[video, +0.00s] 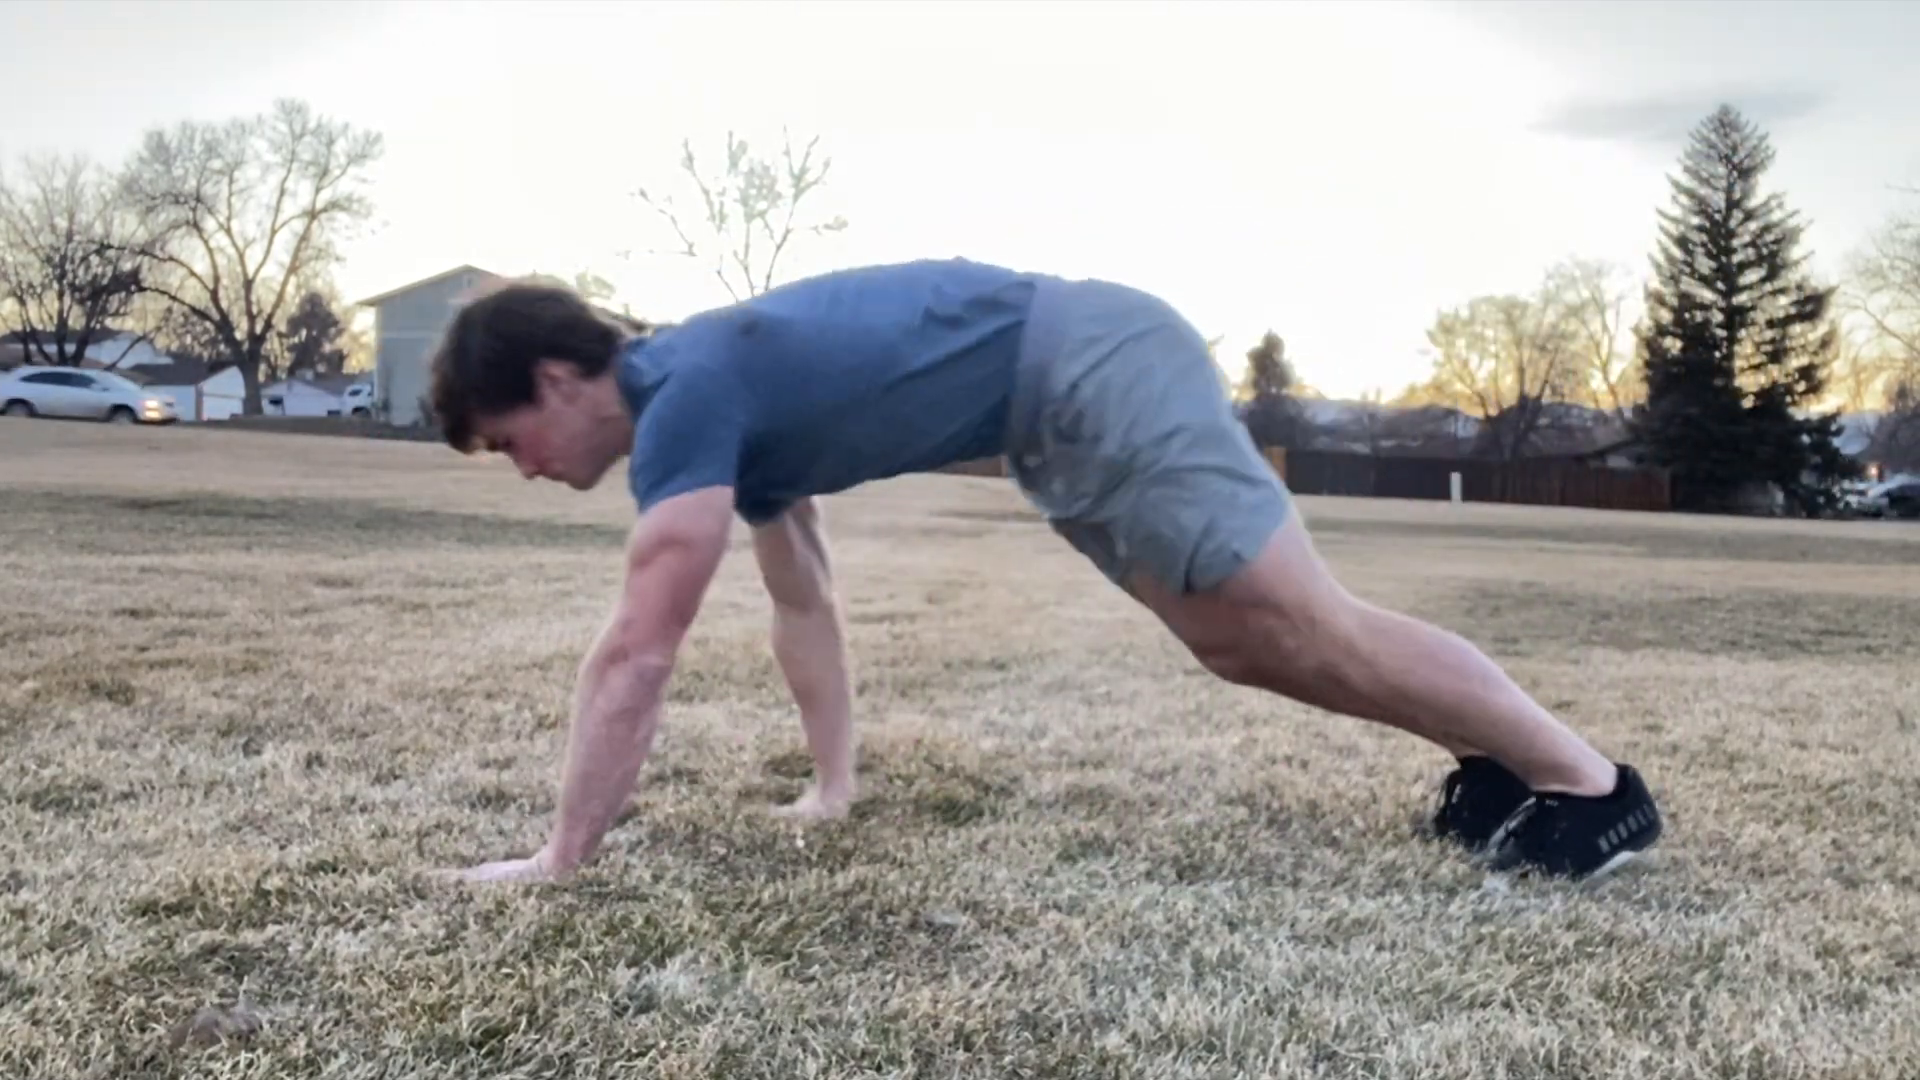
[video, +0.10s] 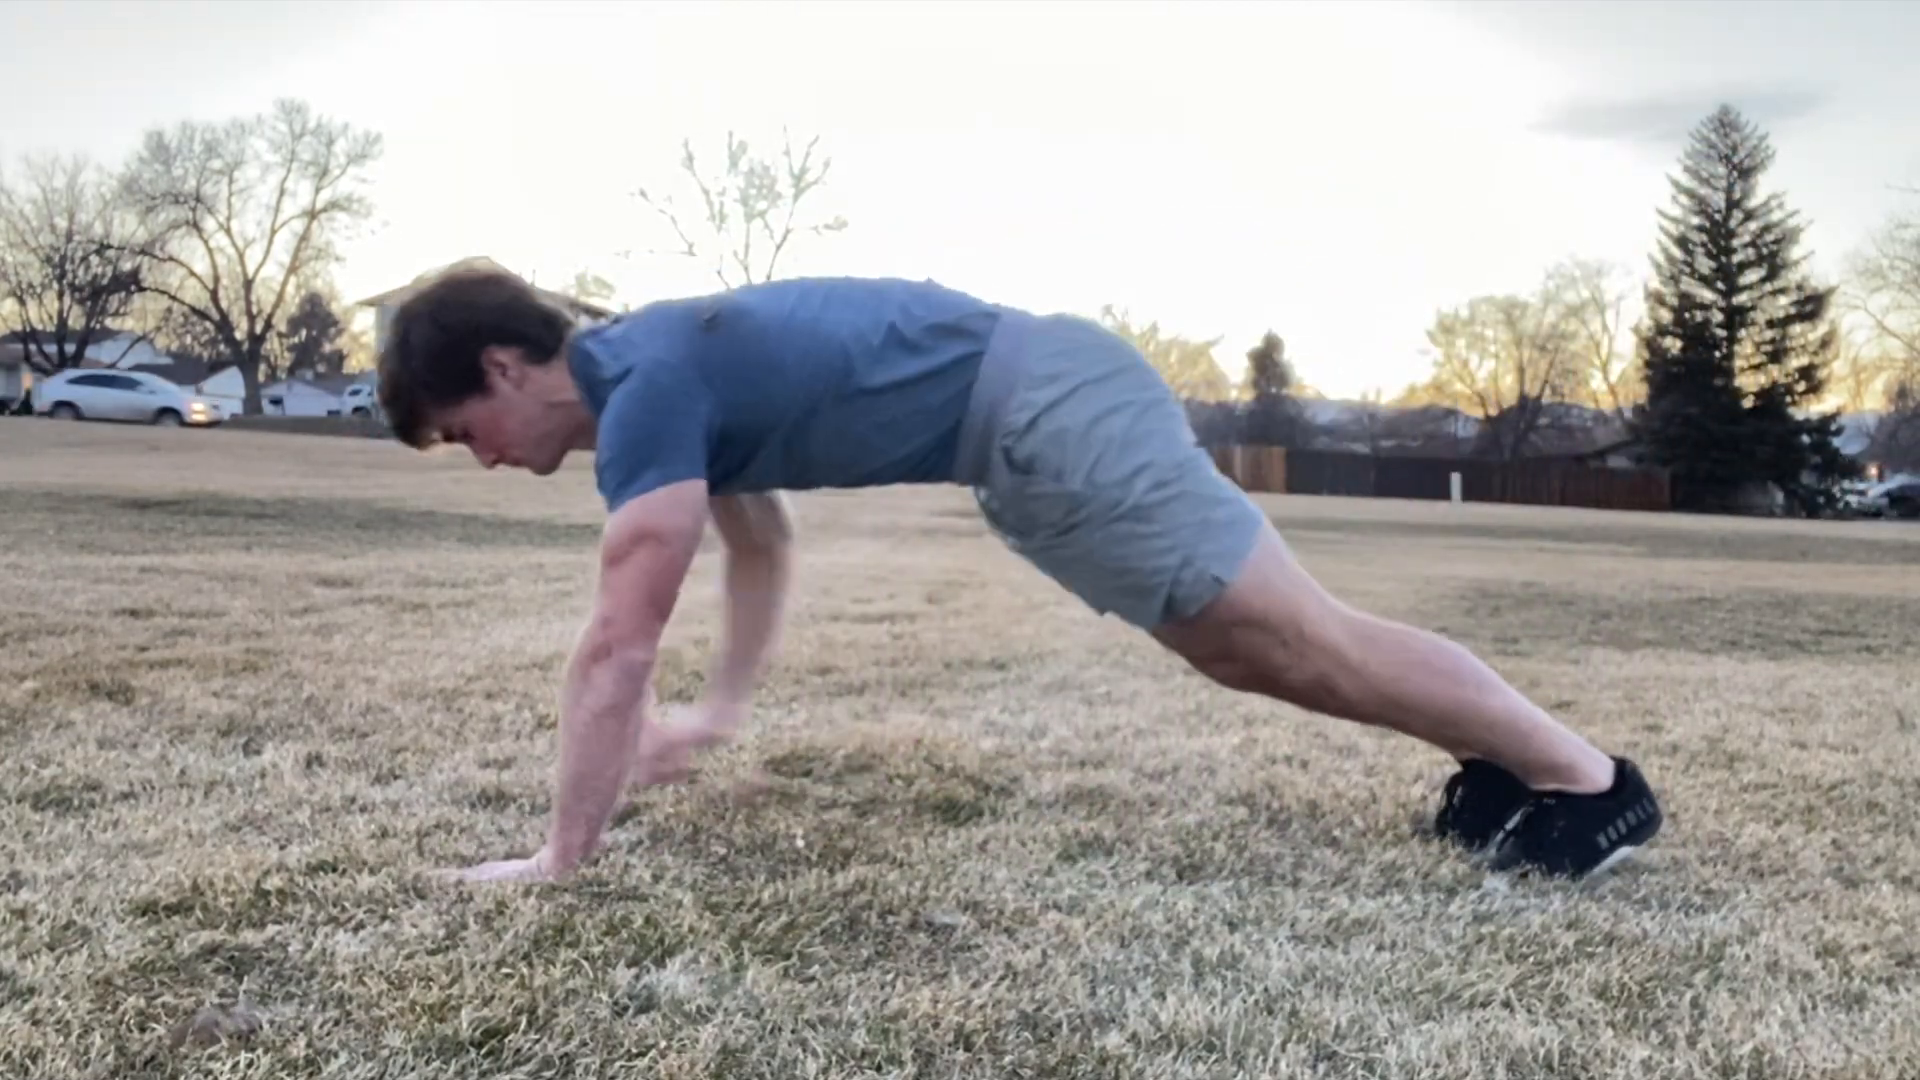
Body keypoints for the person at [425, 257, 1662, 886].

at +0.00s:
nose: (524, 469)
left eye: (511, 440)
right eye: (504, 453)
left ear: (560, 381)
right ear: (565, 390)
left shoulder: (698, 380)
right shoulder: (707, 405)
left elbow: (635, 653)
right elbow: (801, 594)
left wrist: (563, 861)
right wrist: (833, 784)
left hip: (1087, 359)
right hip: (1045, 410)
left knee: (1300, 626)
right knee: (1243, 644)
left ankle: (1598, 787)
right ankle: (1510, 749)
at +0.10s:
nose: (482, 463)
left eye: (466, 434)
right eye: (461, 448)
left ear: (508, 369)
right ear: (522, 366)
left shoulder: (653, 370)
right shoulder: (663, 374)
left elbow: (615, 644)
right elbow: (759, 545)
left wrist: (558, 860)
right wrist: (714, 706)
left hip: (1044, 398)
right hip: (1017, 428)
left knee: (1296, 637)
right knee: (1246, 653)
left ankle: (1594, 783)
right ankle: (1515, 749)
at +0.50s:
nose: (483, 493)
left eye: (462, 470)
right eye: (460, 484)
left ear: (491, 400)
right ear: (499, 394)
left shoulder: (627, 378)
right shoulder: (625, 390)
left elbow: (617, 637)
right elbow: (643, 640)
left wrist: (560, 853)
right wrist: (589, 823)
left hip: (1010, 389)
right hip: (1018, 388)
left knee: (1136, 707)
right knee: (1214, 636)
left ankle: (1456, 718)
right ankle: (1466, 713)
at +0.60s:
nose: (492, 497)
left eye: (472, 475)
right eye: (469, 488)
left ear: (503, 401)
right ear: (508, 403)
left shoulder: (638, 372)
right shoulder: (627, 394)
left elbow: (617, 633)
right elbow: (641, 633)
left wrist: (562, 851)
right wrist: (588, 805)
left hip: (1008, 344)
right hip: (1007, 380)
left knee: (939, 590)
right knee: (1234, 614)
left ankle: (1249, 709)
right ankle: (1489, 737)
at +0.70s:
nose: (501, 493)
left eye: (480, 470)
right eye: (478, 485)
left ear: (508, 397)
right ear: (512, 400)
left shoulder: (639, 361)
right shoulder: (632, 394)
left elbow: (618, 634)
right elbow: (637, 634)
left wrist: (563, 853)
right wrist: (577, 806)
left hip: (1014, 359)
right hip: (996, 432)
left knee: (784, 424)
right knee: (1225, 618)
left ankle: (931, 750)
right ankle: (1490, 735)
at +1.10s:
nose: (430, 531)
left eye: (404, 512)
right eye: (403, 525)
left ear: (419, 434)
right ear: (426, 423)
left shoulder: (565, 371)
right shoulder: (550, 384)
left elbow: (582, 633)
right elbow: (598, 618)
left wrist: (557, 851)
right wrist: (602, 788)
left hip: (920, 291)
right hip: (921, 332)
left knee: (767, 488)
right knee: (1077, 580)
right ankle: (1349, 669)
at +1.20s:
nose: (431, 532)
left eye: (405, 515)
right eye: (407, 527)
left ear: (411, 438)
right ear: (420, 419)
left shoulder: (542, 370)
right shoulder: (545, 375)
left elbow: (573, 628)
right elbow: (610, 602)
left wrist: (556, 850)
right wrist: (614, 780)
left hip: (896, 263)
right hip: (883, 275)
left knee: (906, 601)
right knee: (920, 572)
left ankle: (1227, 661)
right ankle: (1180, 656)